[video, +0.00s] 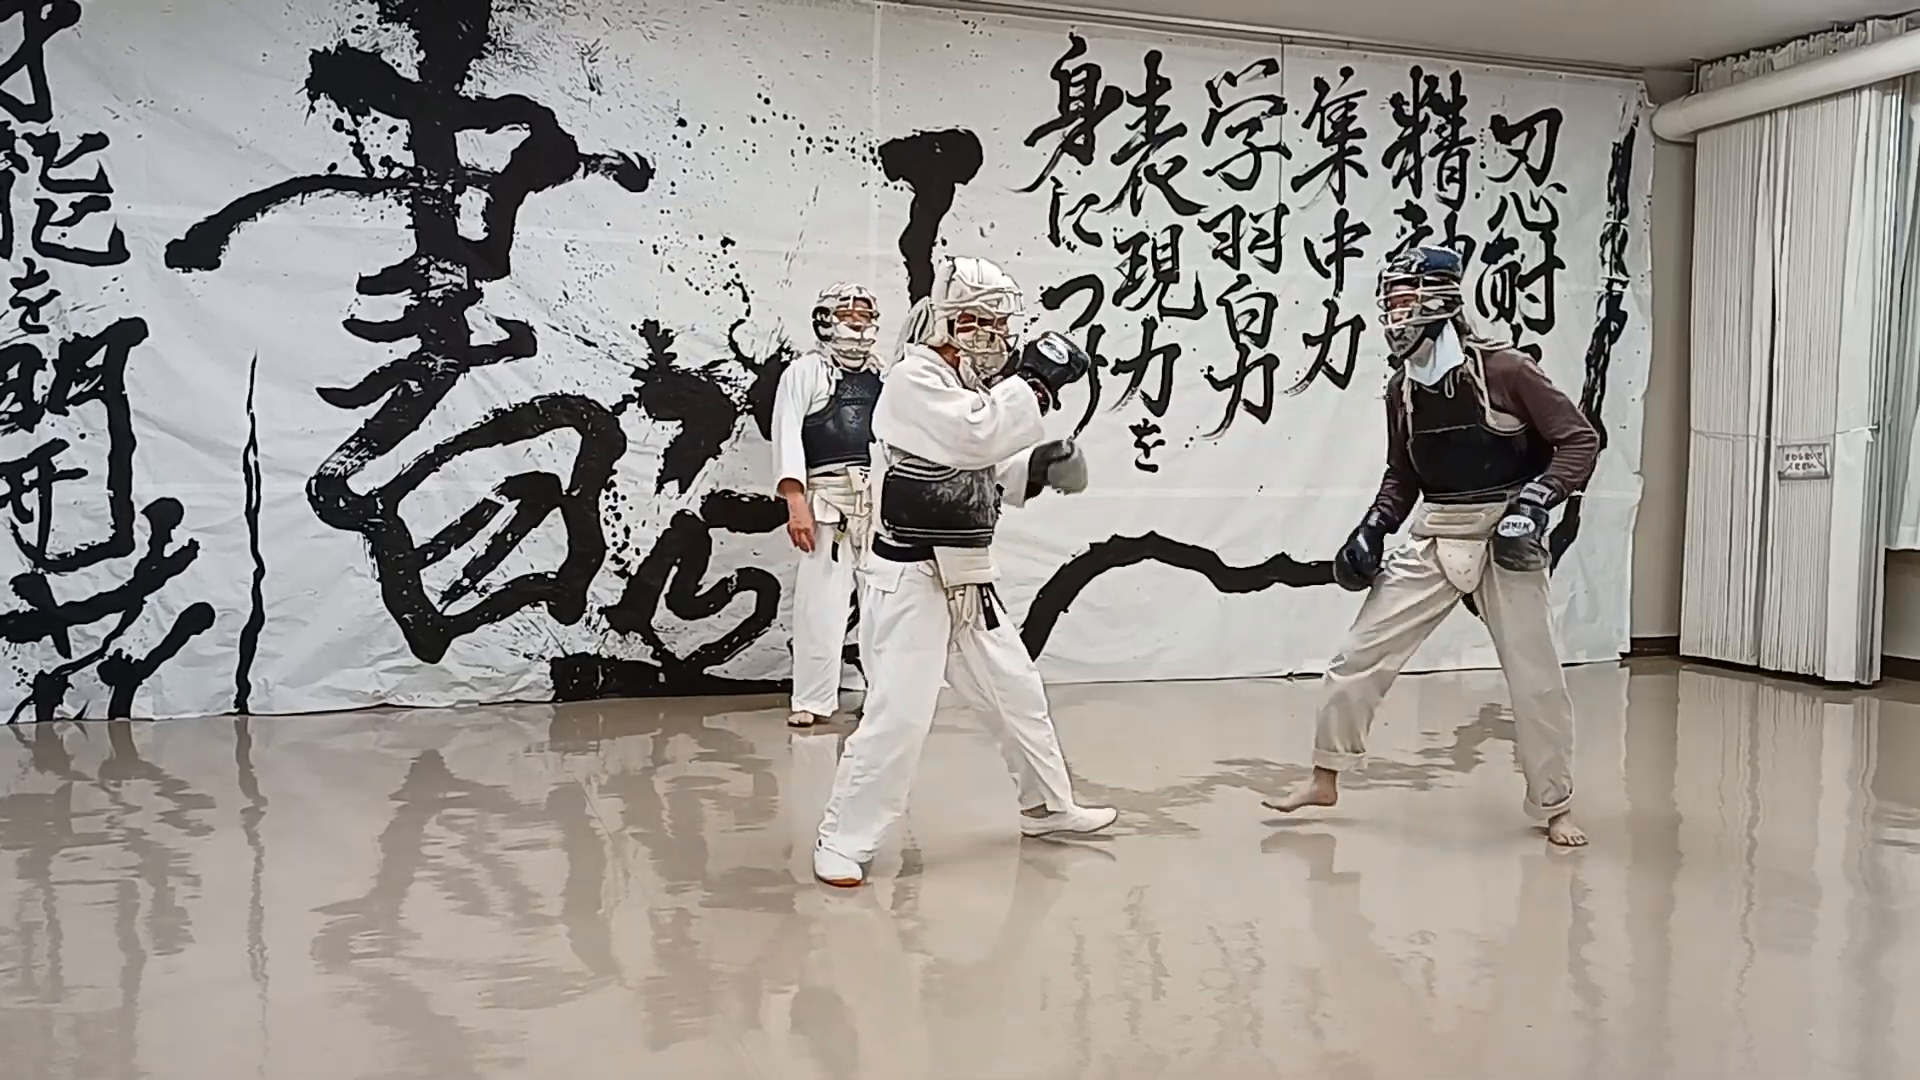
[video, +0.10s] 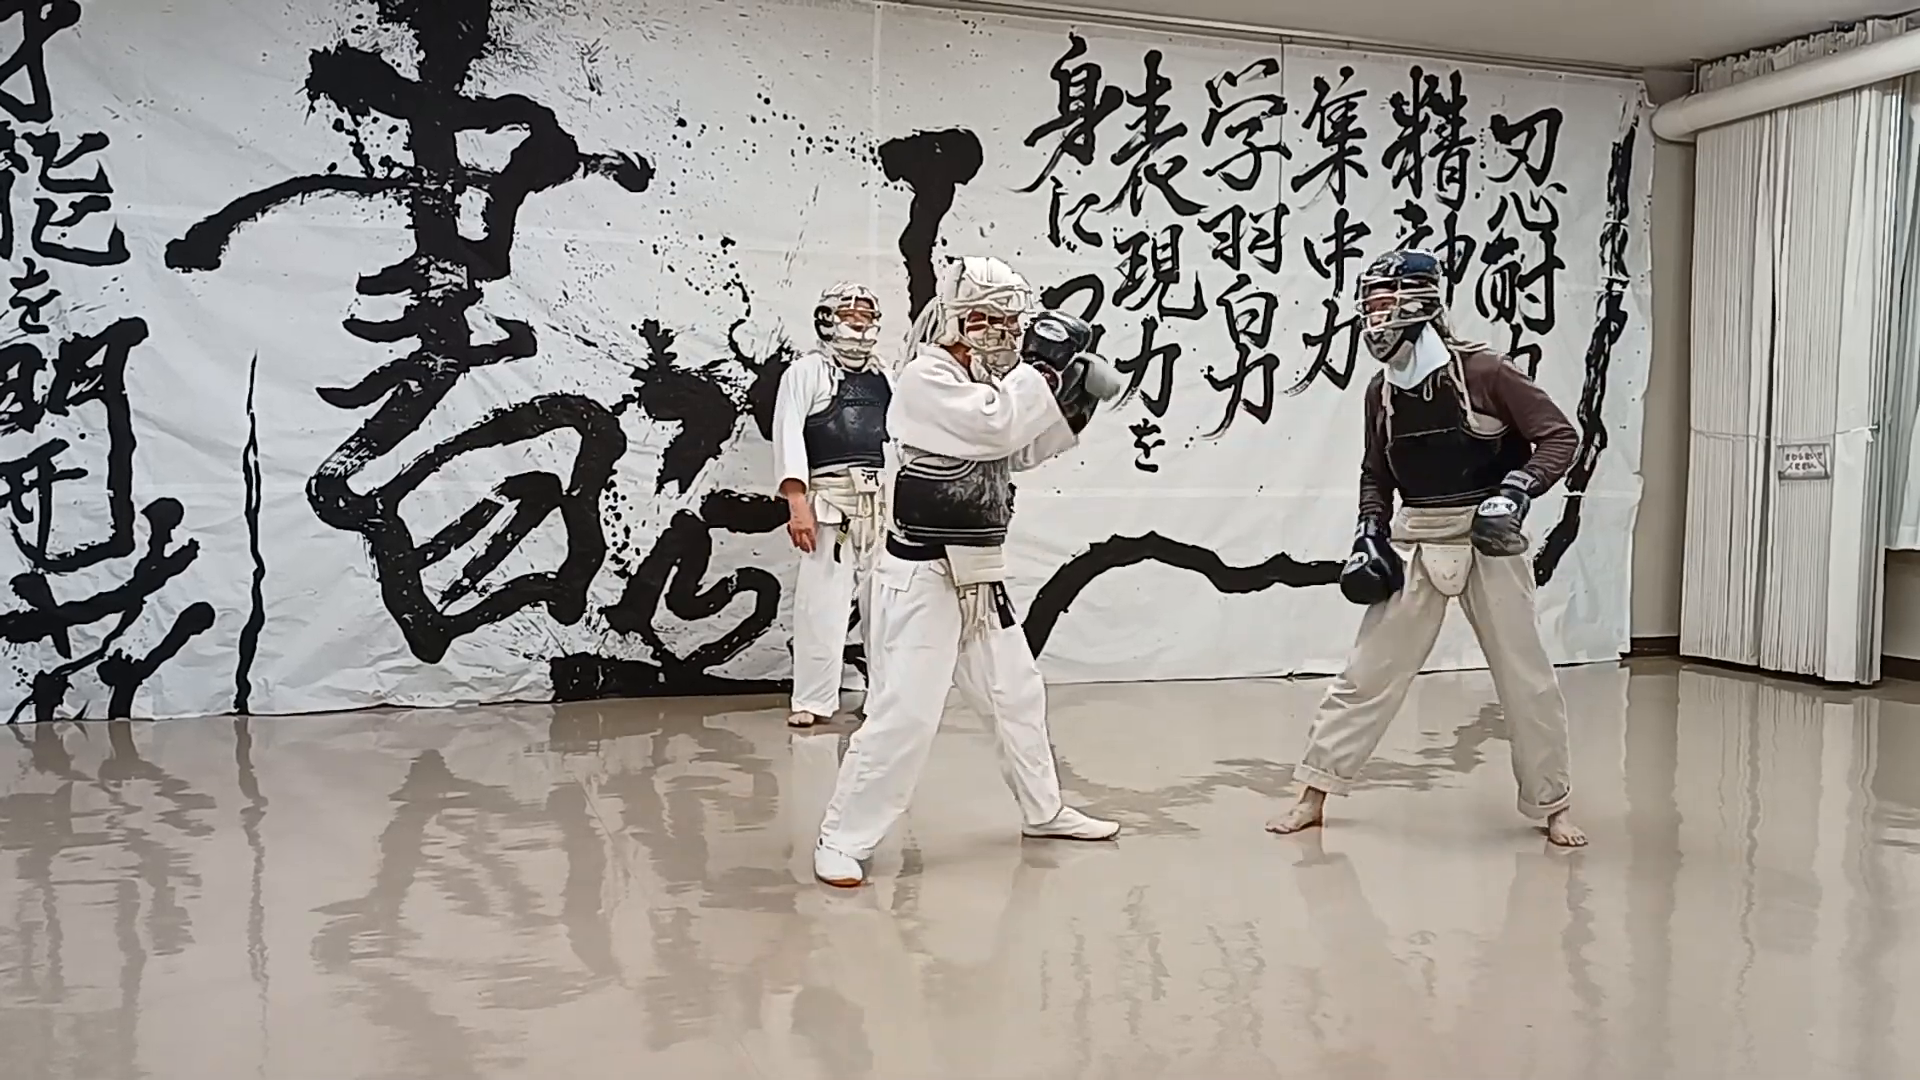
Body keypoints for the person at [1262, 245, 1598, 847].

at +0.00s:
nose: (1395, 315)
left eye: (1406, 303)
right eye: (1391, 304)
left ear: (1444, 303)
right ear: (1388, 309)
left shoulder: (1503, 370)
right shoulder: (1402, 388)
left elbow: (1579, 440)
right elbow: (1402, 474)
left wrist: (1535, 502)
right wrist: (1372, 530)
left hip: (1503, 530)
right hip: (1428, 533)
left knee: (1535, 678)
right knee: (1359, 655)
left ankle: (1556, 809)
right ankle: (1323, 780)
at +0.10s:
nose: (1371, 314)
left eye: (1384, 302)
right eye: (1369, 303)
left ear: (1421, 304)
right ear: (1370, 308)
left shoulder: (1482, 371)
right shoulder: (1381, 392)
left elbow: (1560, 439)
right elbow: (1376, 477)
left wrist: (1512, 494)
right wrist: (1369, 536)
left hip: (1488, 536)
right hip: (1414, 540)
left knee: (1527, 678)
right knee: (1365, 672)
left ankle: (1555, 809)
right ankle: (1310, 800)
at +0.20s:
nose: (1351, 332)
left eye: (1362, 319)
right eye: (1345, 322)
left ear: (1398, 319)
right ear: (1341, 328)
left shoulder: (1459, 379)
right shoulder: (1358, 403)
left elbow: (1531, 452)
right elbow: (1349, 488)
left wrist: (1490, 493)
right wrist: (1349, 547)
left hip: (1475, 545)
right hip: (1399, 549)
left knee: (1513, 681)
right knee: (1355, 674)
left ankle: (1551, 807)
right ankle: (1314, 801)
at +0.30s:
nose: (1333, 338)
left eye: (1344, 325)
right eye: (1329, 327)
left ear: (1381, 321)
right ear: (1331, 329)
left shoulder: (1451, 378)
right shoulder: (1348, 403)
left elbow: (1513, 455)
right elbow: (1331, 482)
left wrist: (1460, 474)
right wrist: (1318, 529)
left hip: (1474, 547)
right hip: (1396, 548)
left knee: (1517, 678)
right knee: (1356, 672)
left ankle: (1550, 804)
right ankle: (1313, 801)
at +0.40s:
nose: (1339, 342)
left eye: (1350, 327)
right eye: (1333, 330)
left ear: (1385, 323)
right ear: (1330, 334)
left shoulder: (1452, 377)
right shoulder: (1349, 403)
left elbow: (1512, 463)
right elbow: (1306, 465)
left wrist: (1444, 442)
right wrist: (1278, 489)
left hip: (1478, 544)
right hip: (1399, 548)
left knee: (1530, 680)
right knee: (1356, 672)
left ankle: (1563, 800)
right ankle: (1313, 798)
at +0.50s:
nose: (1356, 340)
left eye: (1369, 328)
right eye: (1353, 329)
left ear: (1406, 328)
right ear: (1354, 334)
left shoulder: (1471, 385)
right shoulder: (1365, 401)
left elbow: (1504, 480)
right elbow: (1285, 440)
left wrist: (1451, 425)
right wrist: (1232, 428)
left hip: (1489, 554)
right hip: (1408, 560)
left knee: (1547, 687)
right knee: (1358, 680)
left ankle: (1591, 806)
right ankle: (1313, 801)